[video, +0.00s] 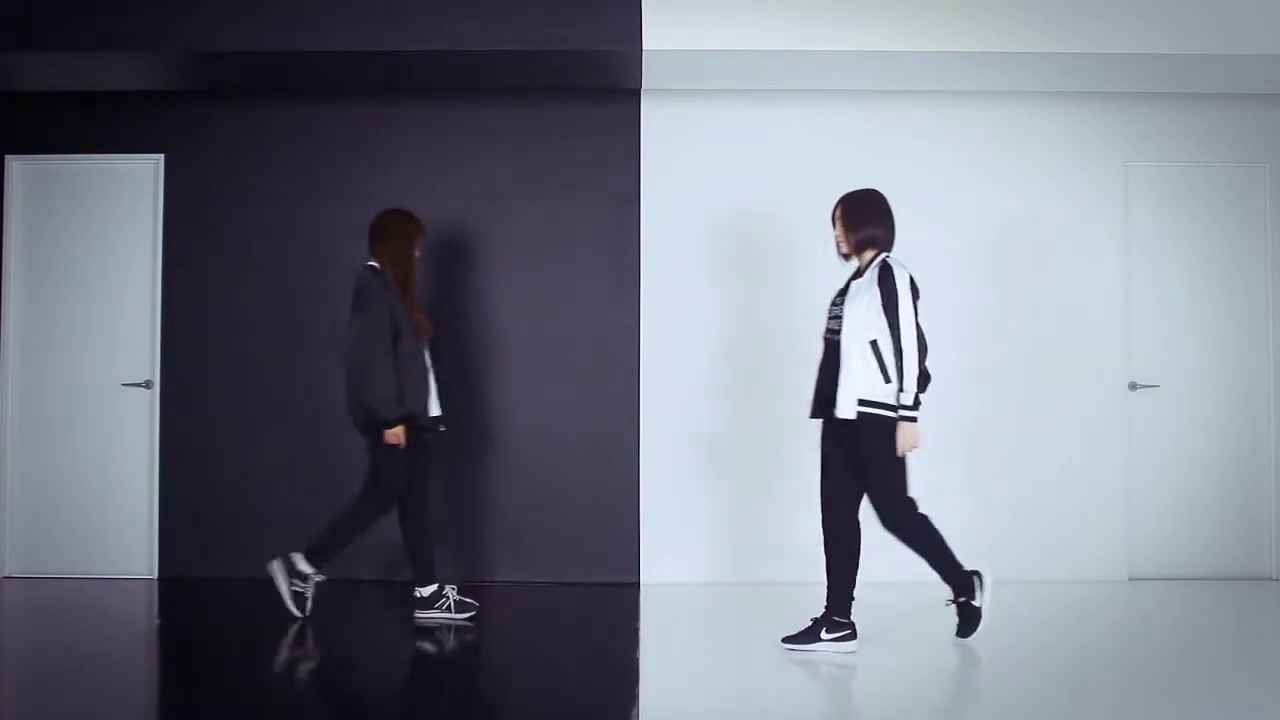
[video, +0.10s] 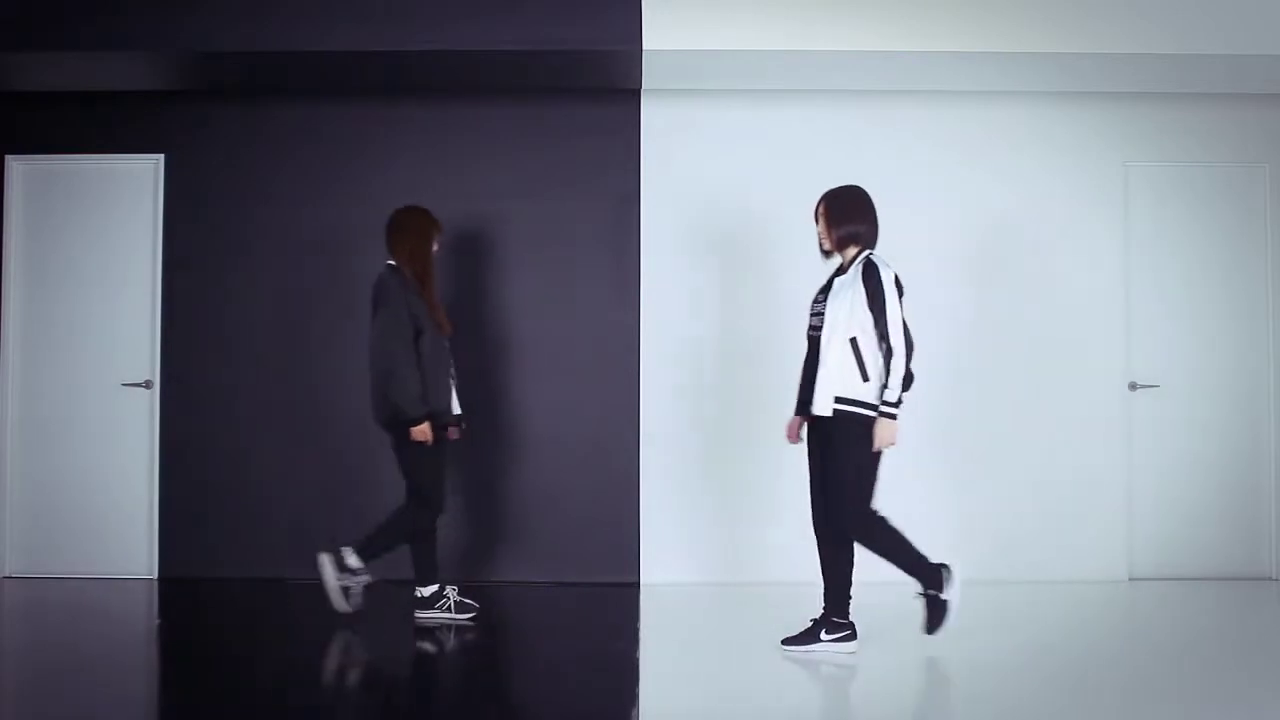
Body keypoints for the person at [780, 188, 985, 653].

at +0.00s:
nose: (835, 233)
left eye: (839, 224)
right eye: (835, 225)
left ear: (861, 225)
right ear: (863, 225)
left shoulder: (891, 274)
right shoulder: (852, 282)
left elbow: (910, 346)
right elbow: (847, 352)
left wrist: (907, 414)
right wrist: (828, 411)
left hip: (877, 421)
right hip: (839, 421)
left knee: (896, 513)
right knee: (838, 518)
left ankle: (964, 585)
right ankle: (837, 619)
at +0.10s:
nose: (818, 229)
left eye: (823, 221)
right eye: (818, 221)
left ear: (845, 222)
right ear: (844, 222)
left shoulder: (875, 272)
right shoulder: (831, 282)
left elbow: (899, 346)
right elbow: (817, 353)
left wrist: (889, 411)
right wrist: (801, 409)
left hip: (857, 415)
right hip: (822, 416)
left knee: (853, 514)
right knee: (828, 519)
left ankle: (932, 577)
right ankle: (836, 620)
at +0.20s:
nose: (804, 230)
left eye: (809, 221)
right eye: (804, 220)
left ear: (831, 222)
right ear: (833, 224)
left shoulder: (863, 272)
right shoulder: (817, 282)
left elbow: (881, 346)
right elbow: (801, 349)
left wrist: (868, 414)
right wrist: (778, 401)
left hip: (841, 415)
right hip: (812, 413)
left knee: (810, 511)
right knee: (823, 514)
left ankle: (885, 567)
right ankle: (834, 619)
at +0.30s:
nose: (791, 229)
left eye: (795, 220)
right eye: (791, 220)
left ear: (815, 221)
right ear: (827, 220)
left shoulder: (850, 273)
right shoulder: (808, 277)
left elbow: (866, 348)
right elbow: (789, 348)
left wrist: (855, 416)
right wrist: (759, 396)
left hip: (824, 415)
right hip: (805, 414)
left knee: (765, 497)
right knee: (823, 511)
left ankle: (839, 573)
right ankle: (835, 619)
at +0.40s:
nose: (777, 227)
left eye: (782, 218)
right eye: (777, 218)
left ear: (803, 219)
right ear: (809, 219)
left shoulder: (836, 271)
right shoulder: (795, 273)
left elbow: (851, 345)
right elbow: (778, 343)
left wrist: (843, 416)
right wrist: (749, 395)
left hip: (811, 417)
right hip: (795, 415)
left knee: (745, 492)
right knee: (817, 519)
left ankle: (777, 597)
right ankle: (836, 621)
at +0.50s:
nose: (762, 231)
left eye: (767, 221)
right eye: (762, 221)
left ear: (788, 221)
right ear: (796, 221)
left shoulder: (821, 273)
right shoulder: (781, 277)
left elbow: (834, 352)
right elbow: (767, 348)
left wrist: (826, 421)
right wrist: (745, 400)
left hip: (797, 421)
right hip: (783, 418)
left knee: (743, 506)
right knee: (811, 522)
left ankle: (719, 615)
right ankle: (836, 620)